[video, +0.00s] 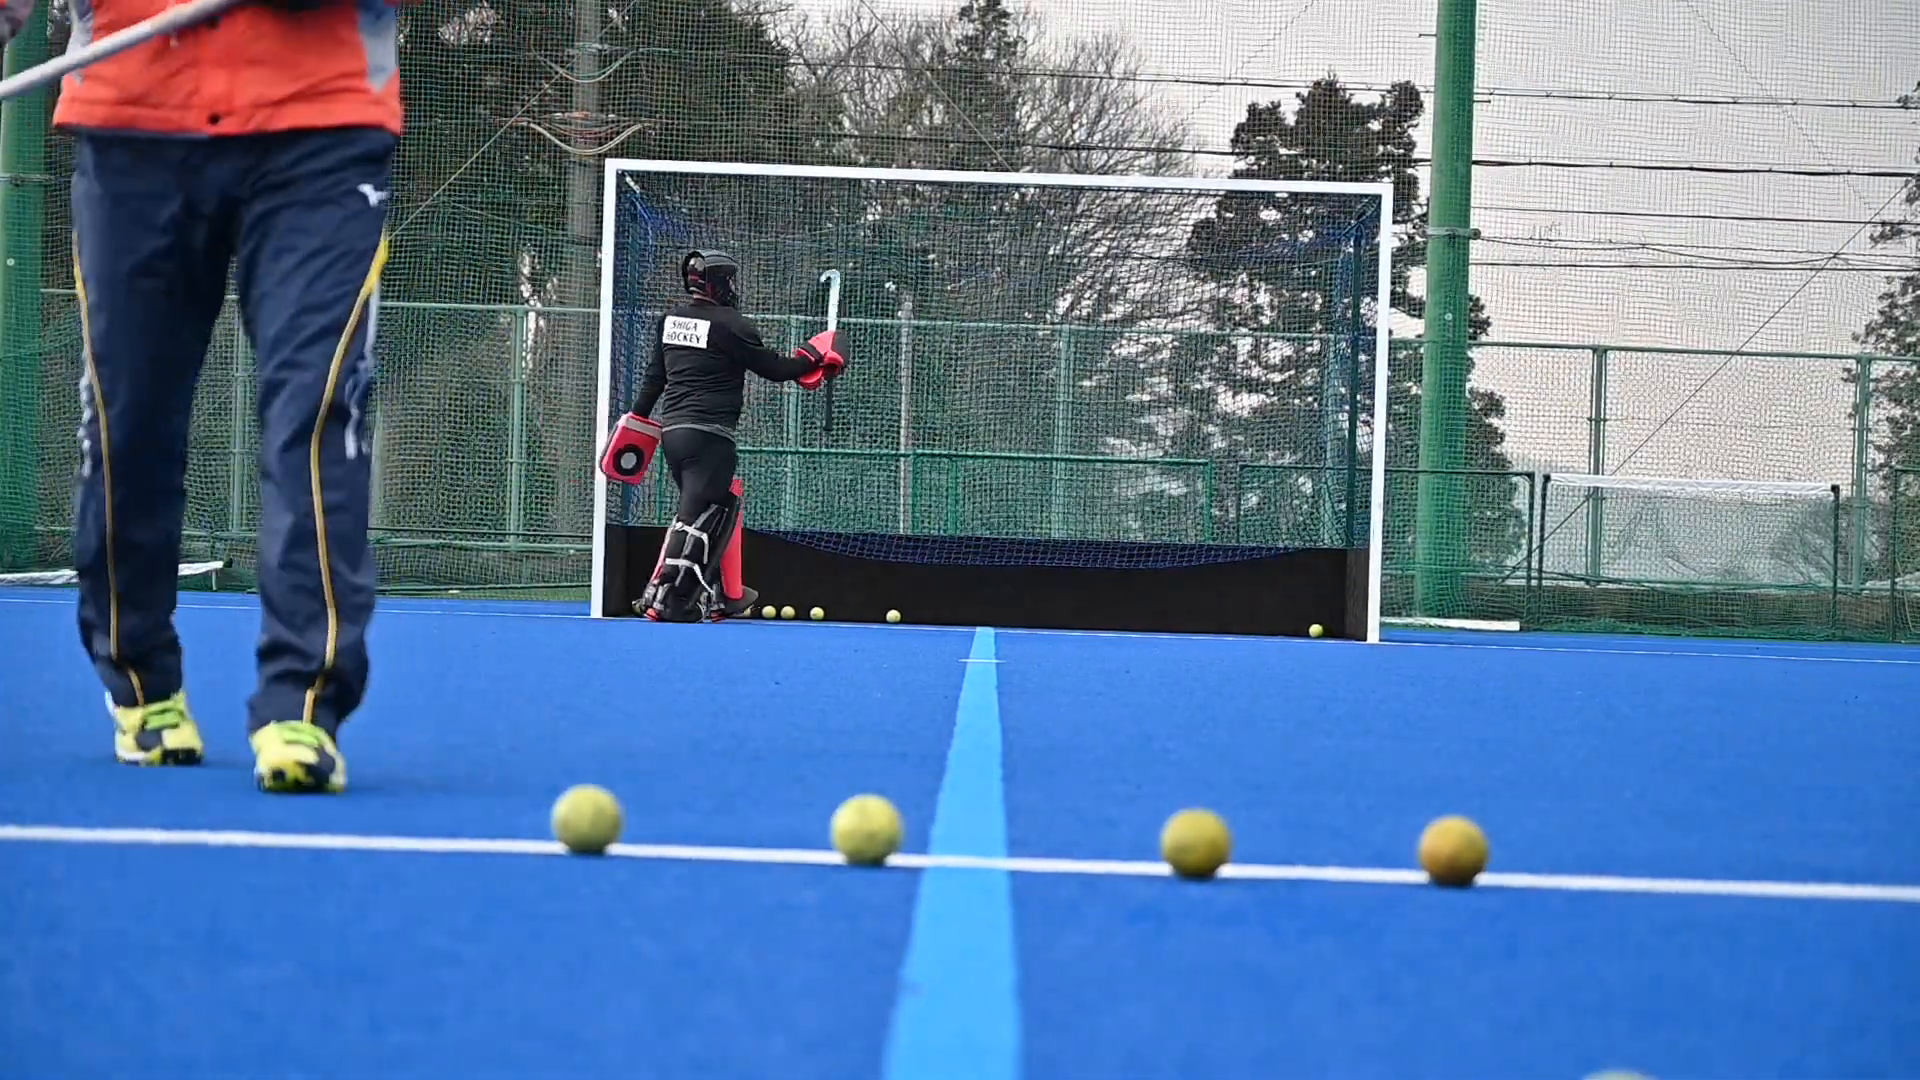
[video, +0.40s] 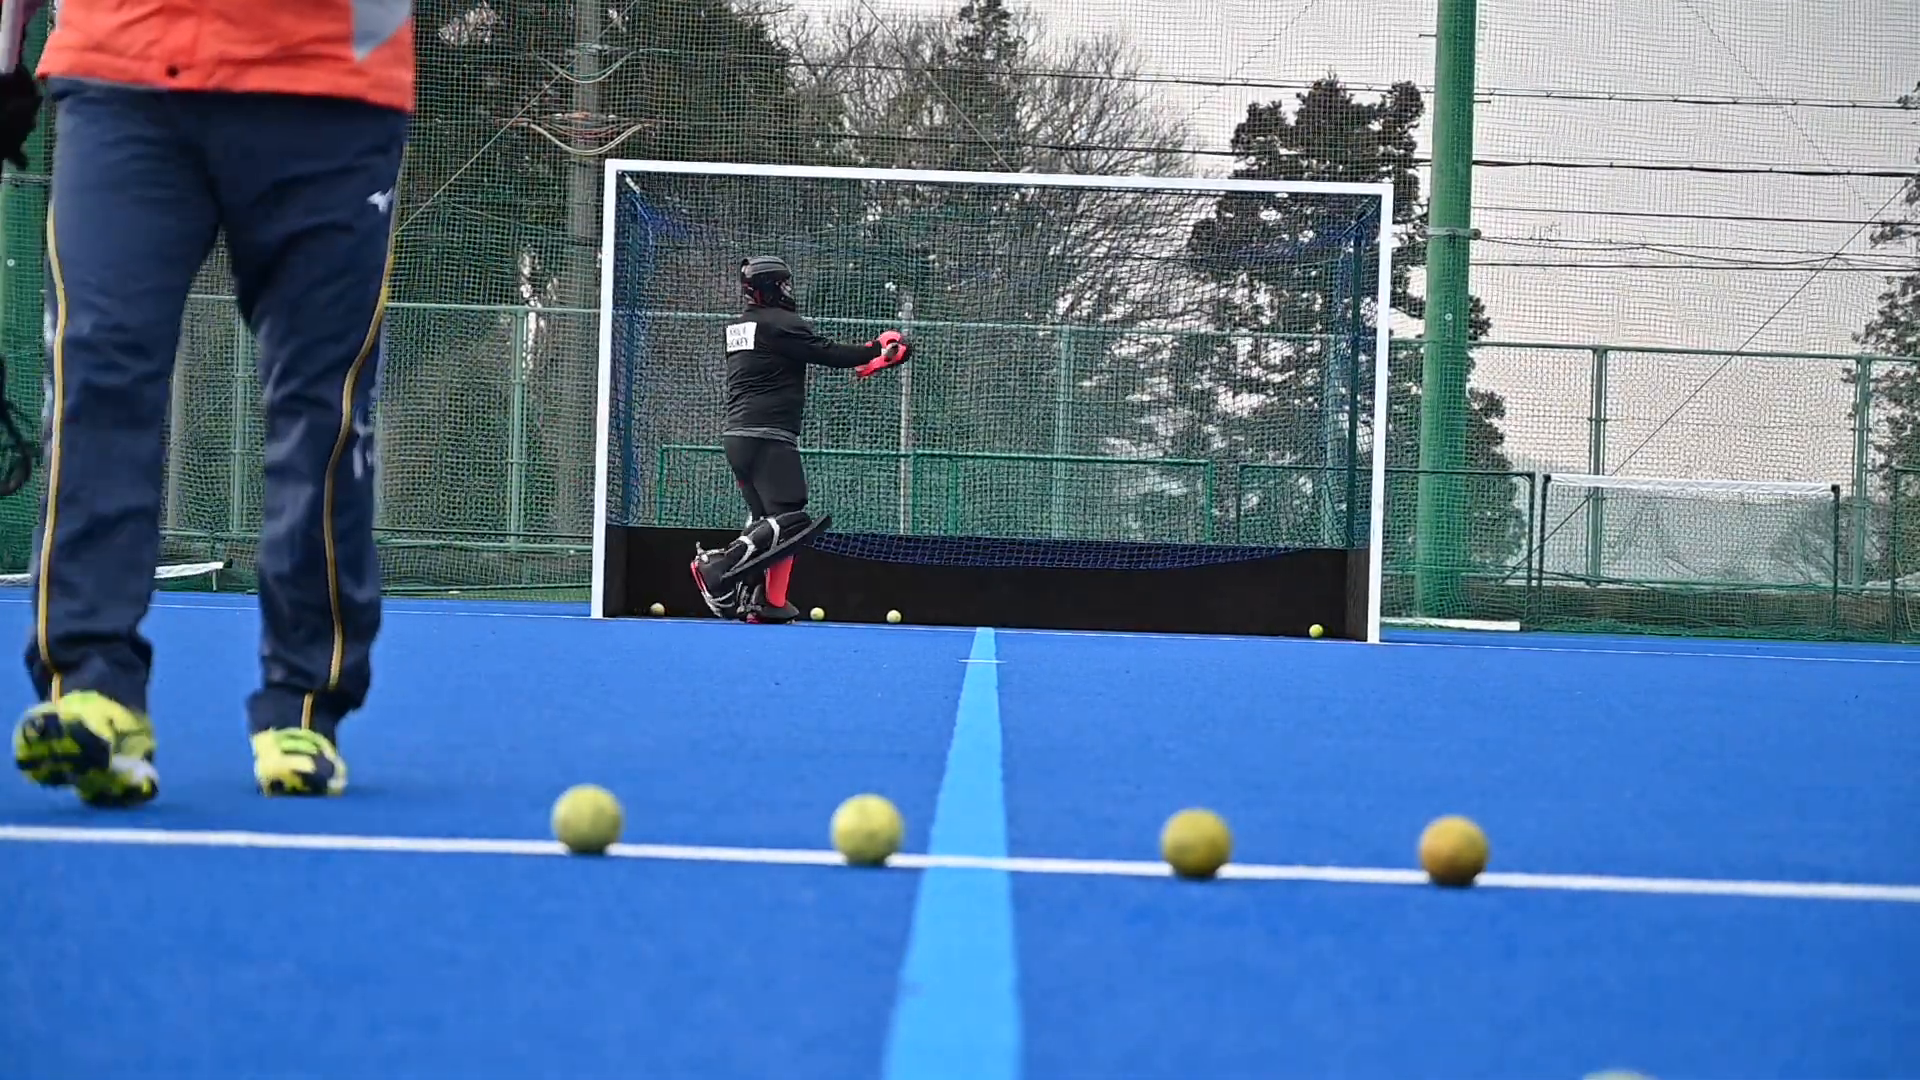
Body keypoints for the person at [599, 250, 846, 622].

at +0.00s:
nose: (734, 286)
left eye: (732, 280)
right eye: (730, 280)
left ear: (695, 284)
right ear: (718, 284)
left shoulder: (672, 320)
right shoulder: (732, 324)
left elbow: (654, 379)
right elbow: (775, 369)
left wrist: (634, 424)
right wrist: (814, 357)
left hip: (674, 434)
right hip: (709, 435)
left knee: (718, 510)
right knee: (689, 520)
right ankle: (665, 599)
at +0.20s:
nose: (761, 291)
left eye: (759, 284)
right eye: (756, 285)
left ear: (725, 291)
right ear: (742, 289)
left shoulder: (703, 327)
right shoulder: (760, 328)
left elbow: (691, 386)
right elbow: (799, 366)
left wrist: (684, 427)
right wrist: (841, 358)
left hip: (707, 436)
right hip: (740, 439)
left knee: (744, 515)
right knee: (718, 522)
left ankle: (750, 596)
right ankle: (675, 591)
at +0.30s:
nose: (777, 291)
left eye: (774, 284)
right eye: (771, 285)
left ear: (737, 291)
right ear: (758, 289)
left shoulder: (718, 329)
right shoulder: (769, 325)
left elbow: (714, 389)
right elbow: (815, 361)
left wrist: (712, 435)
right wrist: (858, 353)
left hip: (727, 437)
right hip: (756, 439)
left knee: (753, 521)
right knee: (760, 526)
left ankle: (752, 599)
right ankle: (688, 577)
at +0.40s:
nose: (789, 290)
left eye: (787, 284)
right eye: (784, 284)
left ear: (751, 291)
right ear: (772, 288)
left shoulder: (738, 327)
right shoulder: (781, 325)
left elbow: (808, 353)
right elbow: (830, 354)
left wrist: (860, 357)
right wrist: (877, 347)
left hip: (738, 438)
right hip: (769, 438)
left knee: (771, 521)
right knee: (793, 518)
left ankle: (771, 601)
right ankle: (719, 567)